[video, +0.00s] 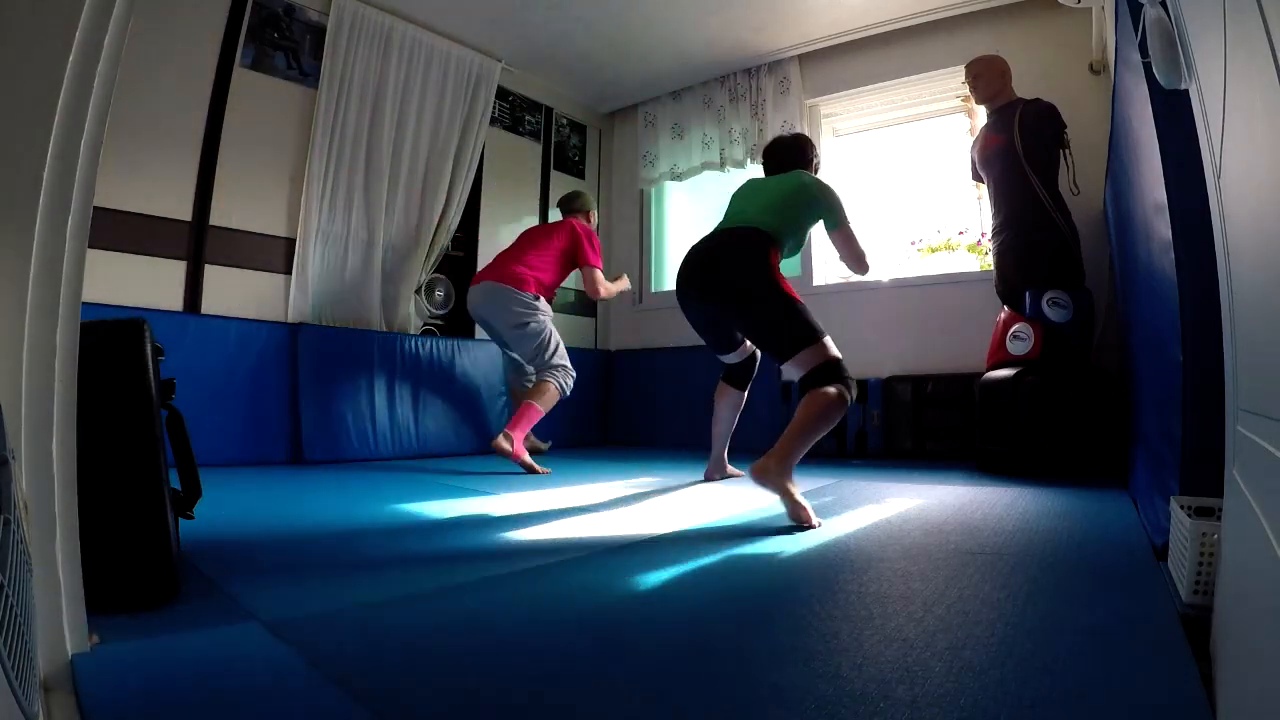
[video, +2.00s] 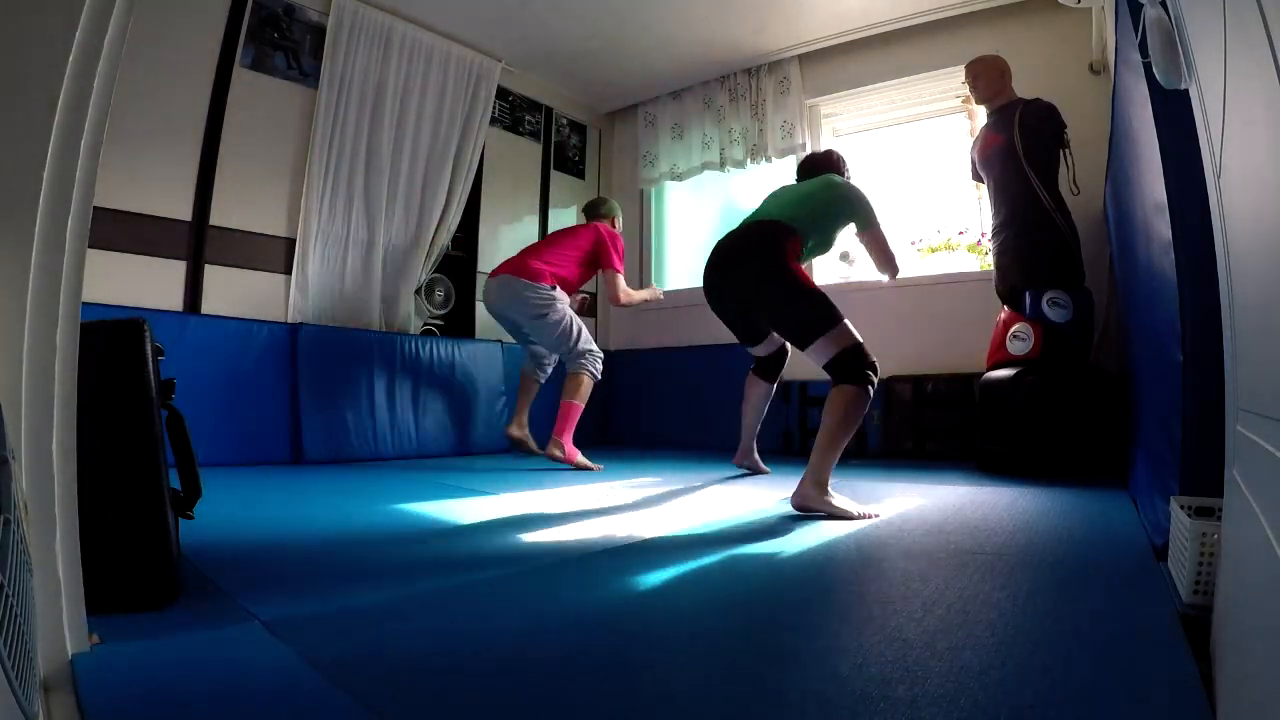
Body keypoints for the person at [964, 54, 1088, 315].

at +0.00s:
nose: (970, 84)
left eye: (976, 76)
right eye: (968, 80)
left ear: (1004, 76)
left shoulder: (1038, 112)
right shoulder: (980, 140)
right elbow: (978, 176)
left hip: (1050, 242)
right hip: (1008, 249)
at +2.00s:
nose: (970, 85)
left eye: (975, 76)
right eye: (967, 81)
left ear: (1003, 75)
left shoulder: (1037, 112)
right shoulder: (980, 141)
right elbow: (977, 175)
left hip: (1050, 244)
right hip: (1008, 252)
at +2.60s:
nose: (970, 87)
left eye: (975, 78)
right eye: (968, 81)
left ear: (1002, 75)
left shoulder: (1036, 111)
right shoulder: (981, 139)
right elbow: (978, 177)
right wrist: (975, 128)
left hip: (1049, 241)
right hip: (1009, 248)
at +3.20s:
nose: (970, 87)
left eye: (975, 78)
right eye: (968, 82)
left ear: (1002, 75)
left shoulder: (1035, 111)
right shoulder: (983, 136)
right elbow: (977, 175)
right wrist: (974, 123)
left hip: (1048, 240)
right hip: (1008, 246)